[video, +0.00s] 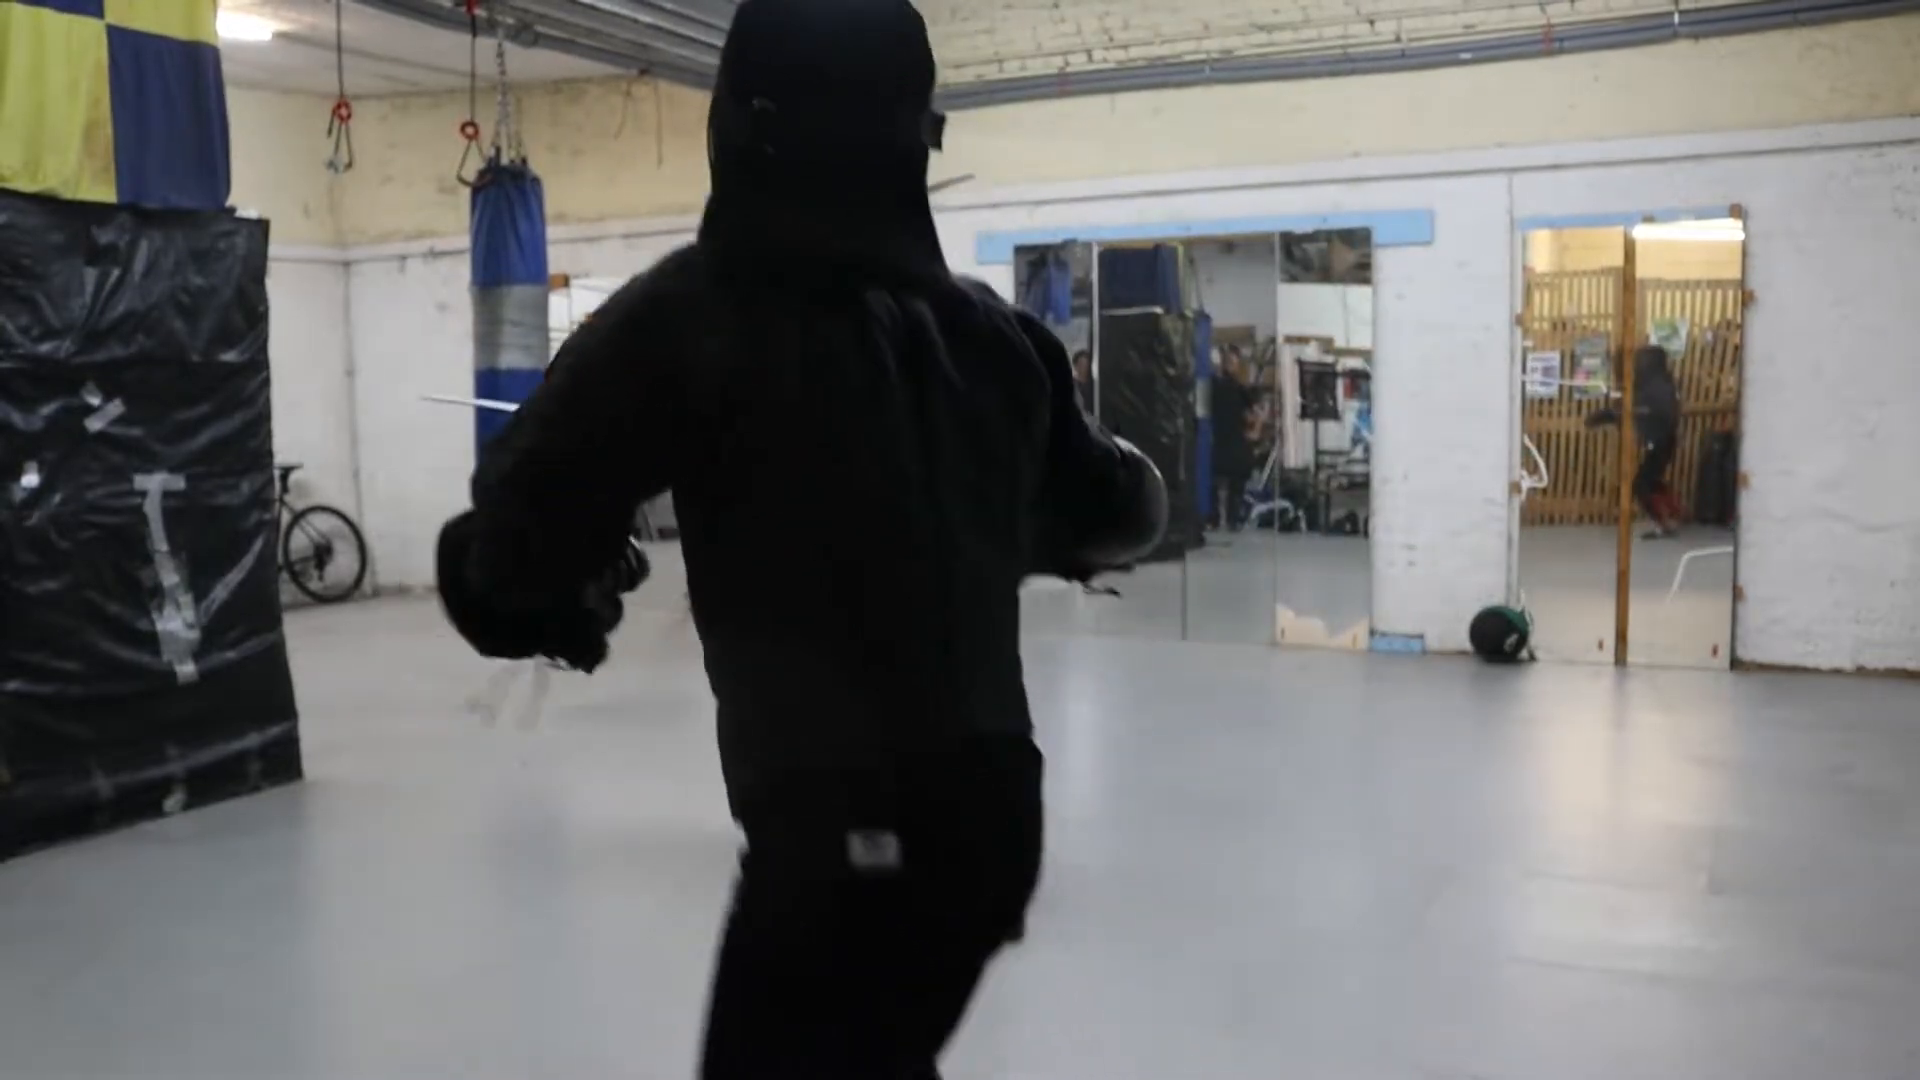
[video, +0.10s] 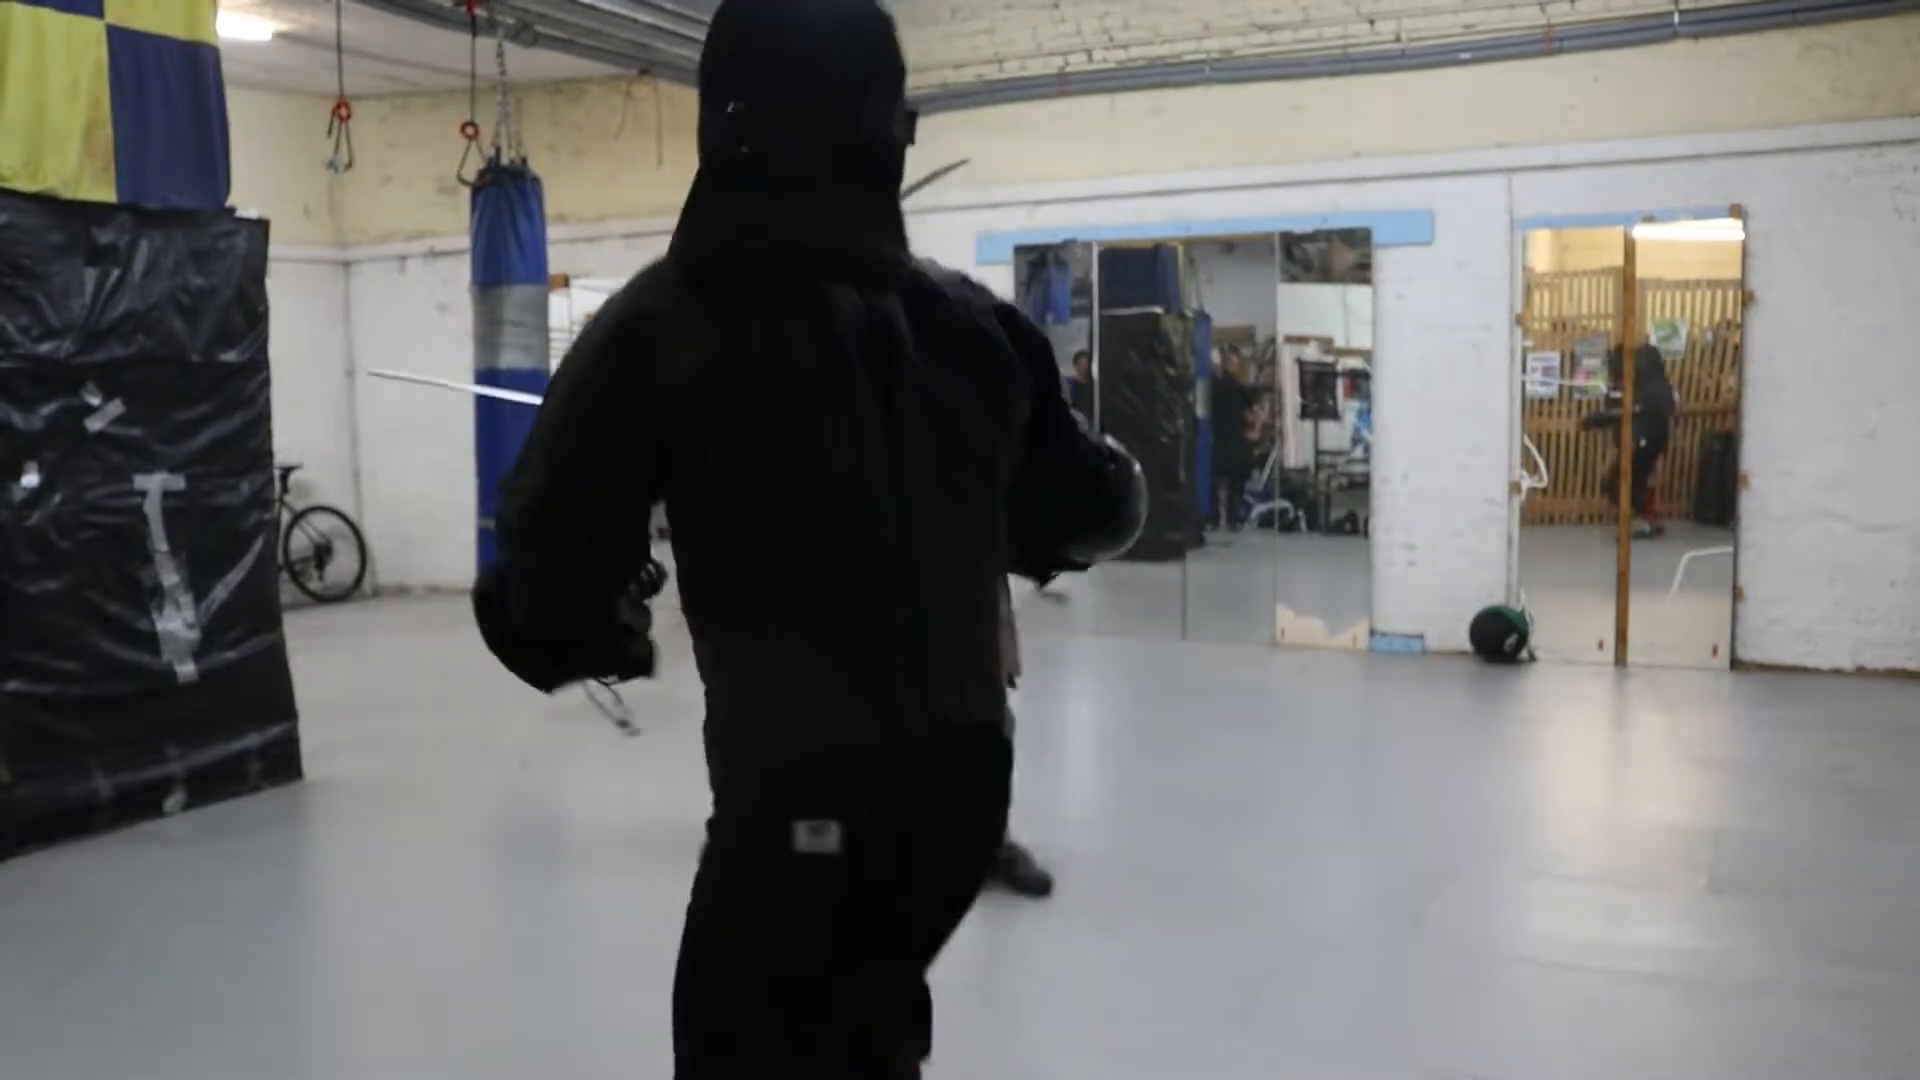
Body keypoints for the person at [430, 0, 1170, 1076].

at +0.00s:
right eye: (922, 117)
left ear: (743, 122)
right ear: (913, 131)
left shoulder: (688, 317)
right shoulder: (992, 337)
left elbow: (501, 575)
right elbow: (1105, 510)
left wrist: (583, 590)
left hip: (825, 829)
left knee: (767, 1066)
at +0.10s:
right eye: (893, 115)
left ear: (725, 125)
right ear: (887, 128)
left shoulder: (664, 330)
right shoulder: (972, 330)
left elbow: (534, 607)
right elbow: (1091, 509)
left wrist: (614, 625)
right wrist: (993, 517)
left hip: (788, 793)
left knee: (734, 1048)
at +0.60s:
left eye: (749, 225)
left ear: (749, 238)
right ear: (872, 244)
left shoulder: (680, 380)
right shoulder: (922, 401)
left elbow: (589, 574)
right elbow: (1012, 572)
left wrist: (697, 550)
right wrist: (900, 603)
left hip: (733, 735)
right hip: (868, 730)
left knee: (666, 998)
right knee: (850, 921)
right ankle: (850, 1069)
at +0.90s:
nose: (824, 235)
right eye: (817, 216)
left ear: (687, 230)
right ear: (812, 226)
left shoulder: (619, 383)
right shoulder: (854, 354)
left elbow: (589, 571)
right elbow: (1036, 461)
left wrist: (703, 580)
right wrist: (945, 485)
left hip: (693, 717)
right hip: (838, 709)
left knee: (629, 970)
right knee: (858, 916)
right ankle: (854, 1068)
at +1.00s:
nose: (804, 247)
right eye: (795, 228)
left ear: (655, 245)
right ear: (780, 239)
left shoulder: (595, 399)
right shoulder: (824, 363)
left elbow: (580, 583)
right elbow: (1016, 459)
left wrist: (679, 625)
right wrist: (940, 503)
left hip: (672, 744)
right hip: (817, 733)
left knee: (609, 979)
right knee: (857, 922)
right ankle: (854, 1070)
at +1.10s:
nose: (790, 286)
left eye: (780, 261)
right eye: (779, 261)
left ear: (635, 271)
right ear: (759, 271)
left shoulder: (572, 420)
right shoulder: (812, 393)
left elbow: (548, 605)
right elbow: (970, 518)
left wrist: (636, 651)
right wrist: (900, 569)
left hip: (652, 766)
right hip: (804, 759)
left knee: (596, 1010)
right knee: (843, 925)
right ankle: (850, 1069)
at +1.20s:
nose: (778, 268)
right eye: (770, 247)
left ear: (623, 262)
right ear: (754, 260)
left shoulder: (557, 416)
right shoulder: (813, 403)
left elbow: (525, 617)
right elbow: (935, 576)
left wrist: (628, 644)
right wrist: (819, 646)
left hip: (636, 776)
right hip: (792, 770)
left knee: (582, 1027)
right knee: (834, 941)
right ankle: (846, 1070)